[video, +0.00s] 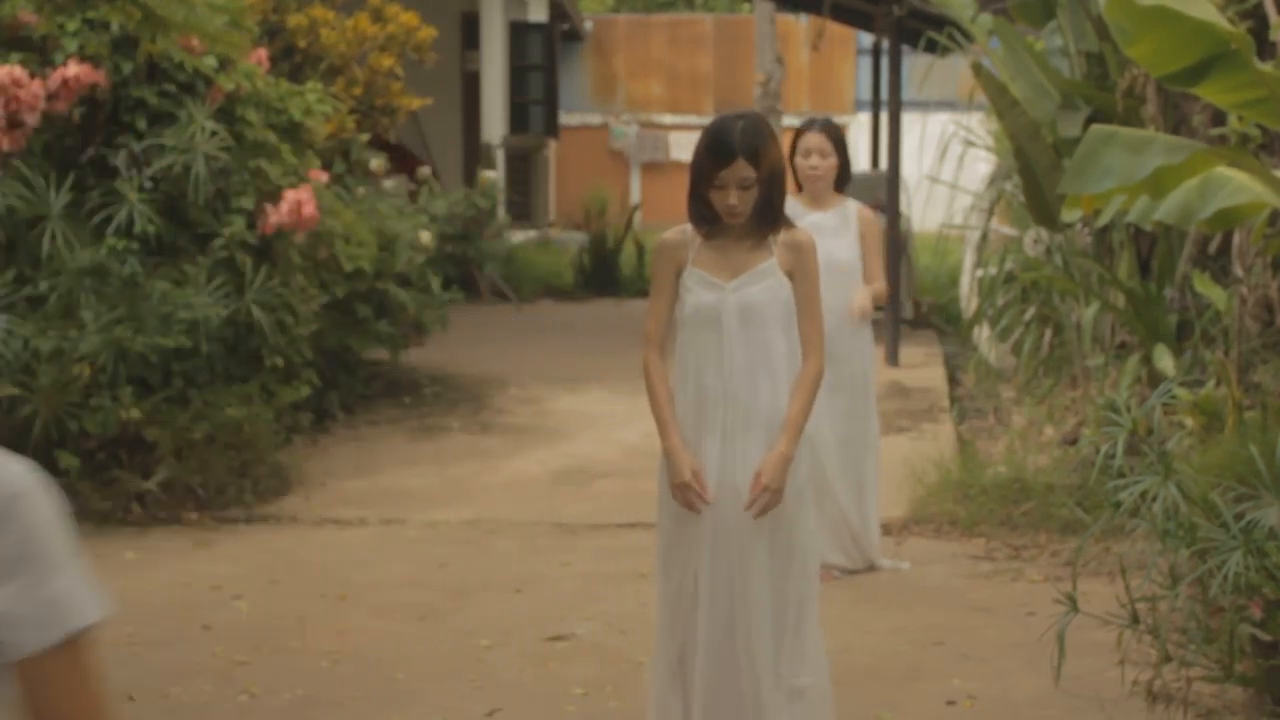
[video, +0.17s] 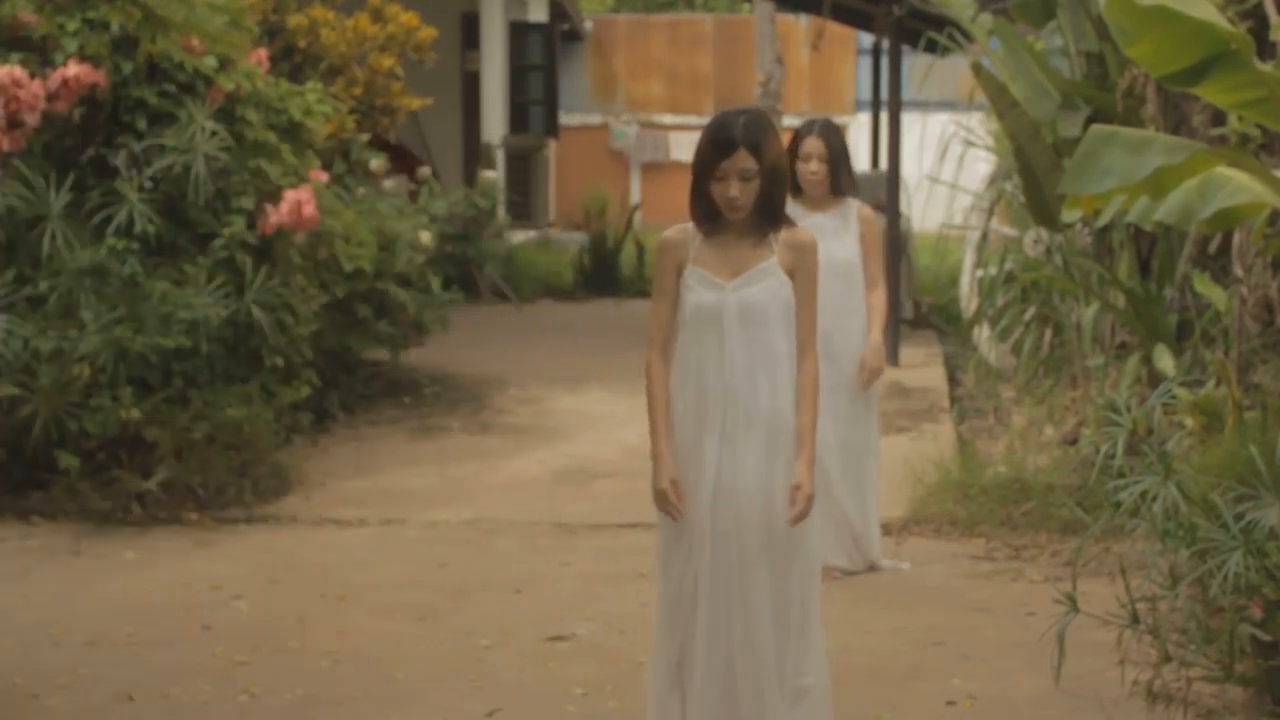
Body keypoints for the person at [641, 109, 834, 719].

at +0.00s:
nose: (732, 200)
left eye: (746, 186)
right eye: (719, 186)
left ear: (768, 182)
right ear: (701, 182)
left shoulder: (793, 247)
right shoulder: (677, 247)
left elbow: (814, 360)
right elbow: (654, 354)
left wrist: (782, 452)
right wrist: (675, 449)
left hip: (770, 458)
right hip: (698, 458)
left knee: (770, 621)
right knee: (700, 620)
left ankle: (771, 712)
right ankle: (700, 713)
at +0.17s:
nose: (733, 192)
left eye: (747, 178)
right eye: (721, 178)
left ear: (768, 178)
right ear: (703, 178)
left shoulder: (795, 246)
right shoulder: (679, 245)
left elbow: (806, 356)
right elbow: (658, 354)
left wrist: (804, 460)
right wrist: (662, 455)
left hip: (770, 449)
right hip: (699, 449)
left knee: (769, 606)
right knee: (700, 605)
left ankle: (770, 711)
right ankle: (702, 712)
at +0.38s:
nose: (733, 176)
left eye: (747, 163)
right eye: (721, 163)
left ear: (767, 170)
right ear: (705, 169)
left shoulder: (795, 246)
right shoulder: (679, 245)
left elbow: (813, 354)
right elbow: (659, 354)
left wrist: (827, 458)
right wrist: (646, 456)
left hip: (775, 451)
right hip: (698, 450)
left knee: (769, 606)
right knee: (700, 607)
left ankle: (769, 711)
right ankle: (701, 712)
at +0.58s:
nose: (735, 172)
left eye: (748, 159)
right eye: (723, 159)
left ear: (769, 168)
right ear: (707, 166)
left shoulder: (795, 246)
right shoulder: (680, 245)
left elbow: (812, 354)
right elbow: (660, 355)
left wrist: (825, 459)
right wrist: (646, 454)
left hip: (775, 451)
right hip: (697, 450)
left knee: (769, 607)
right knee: (699, 607)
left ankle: (769, 712)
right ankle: (700, 713)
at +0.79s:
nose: (736, 173)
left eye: (750, 160)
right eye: (724, 159)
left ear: (770, 169)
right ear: (708, 167)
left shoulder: (796, 247)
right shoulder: (682, 245)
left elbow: (809, 359)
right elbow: (664, 355)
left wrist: (815, 463)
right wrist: (652, 455)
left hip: (773, 451)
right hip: (699, 450)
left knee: (769, 606)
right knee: (699, 606)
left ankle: (769, 711)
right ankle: (700, 711)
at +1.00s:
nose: (738, 173)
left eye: (752, 160)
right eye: (725, 160)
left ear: (771, 169)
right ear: (708, 168)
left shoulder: (797, 247)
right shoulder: (682, 246)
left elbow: (808, 358)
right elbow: (665, 356)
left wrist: (811, 462)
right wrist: (656, 457)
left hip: (772, 448)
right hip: (700, 448)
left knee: (769, 603)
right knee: (702, 601)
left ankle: (769, 711)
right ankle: (702, 711)